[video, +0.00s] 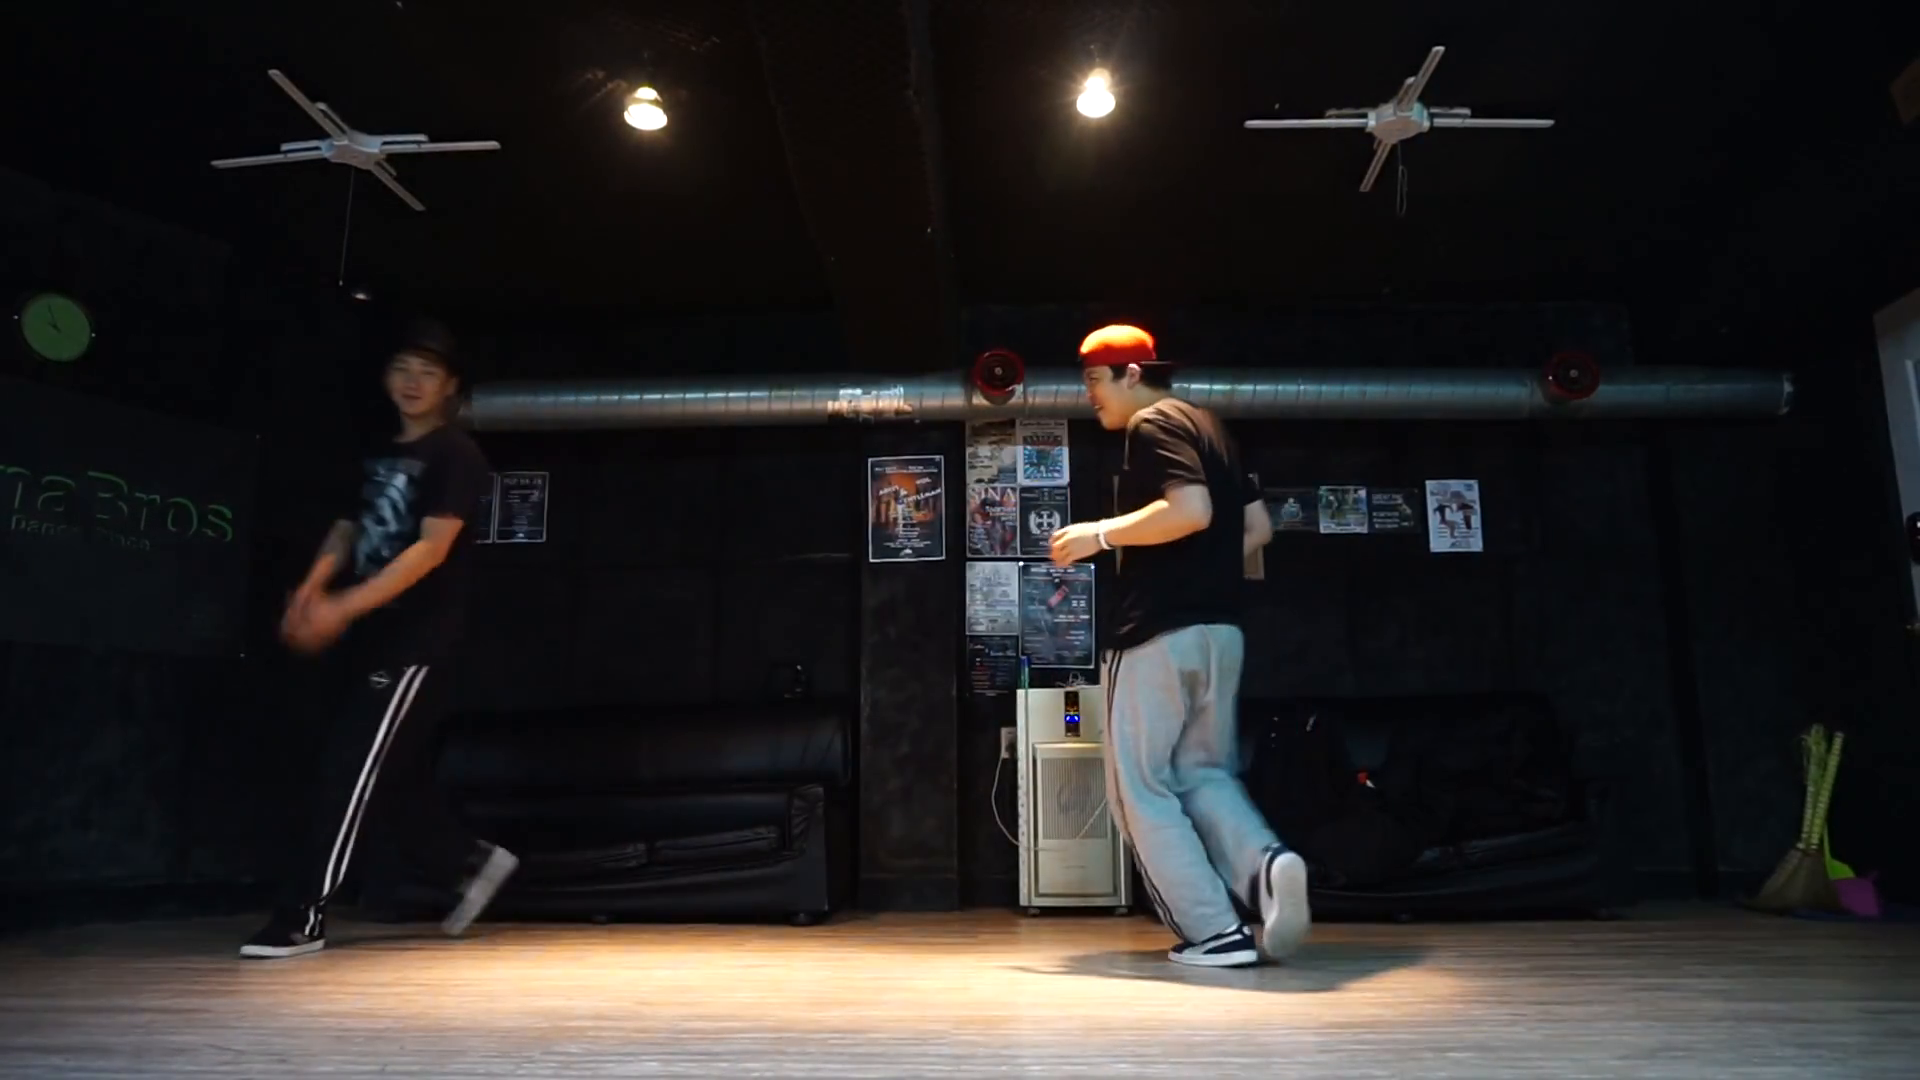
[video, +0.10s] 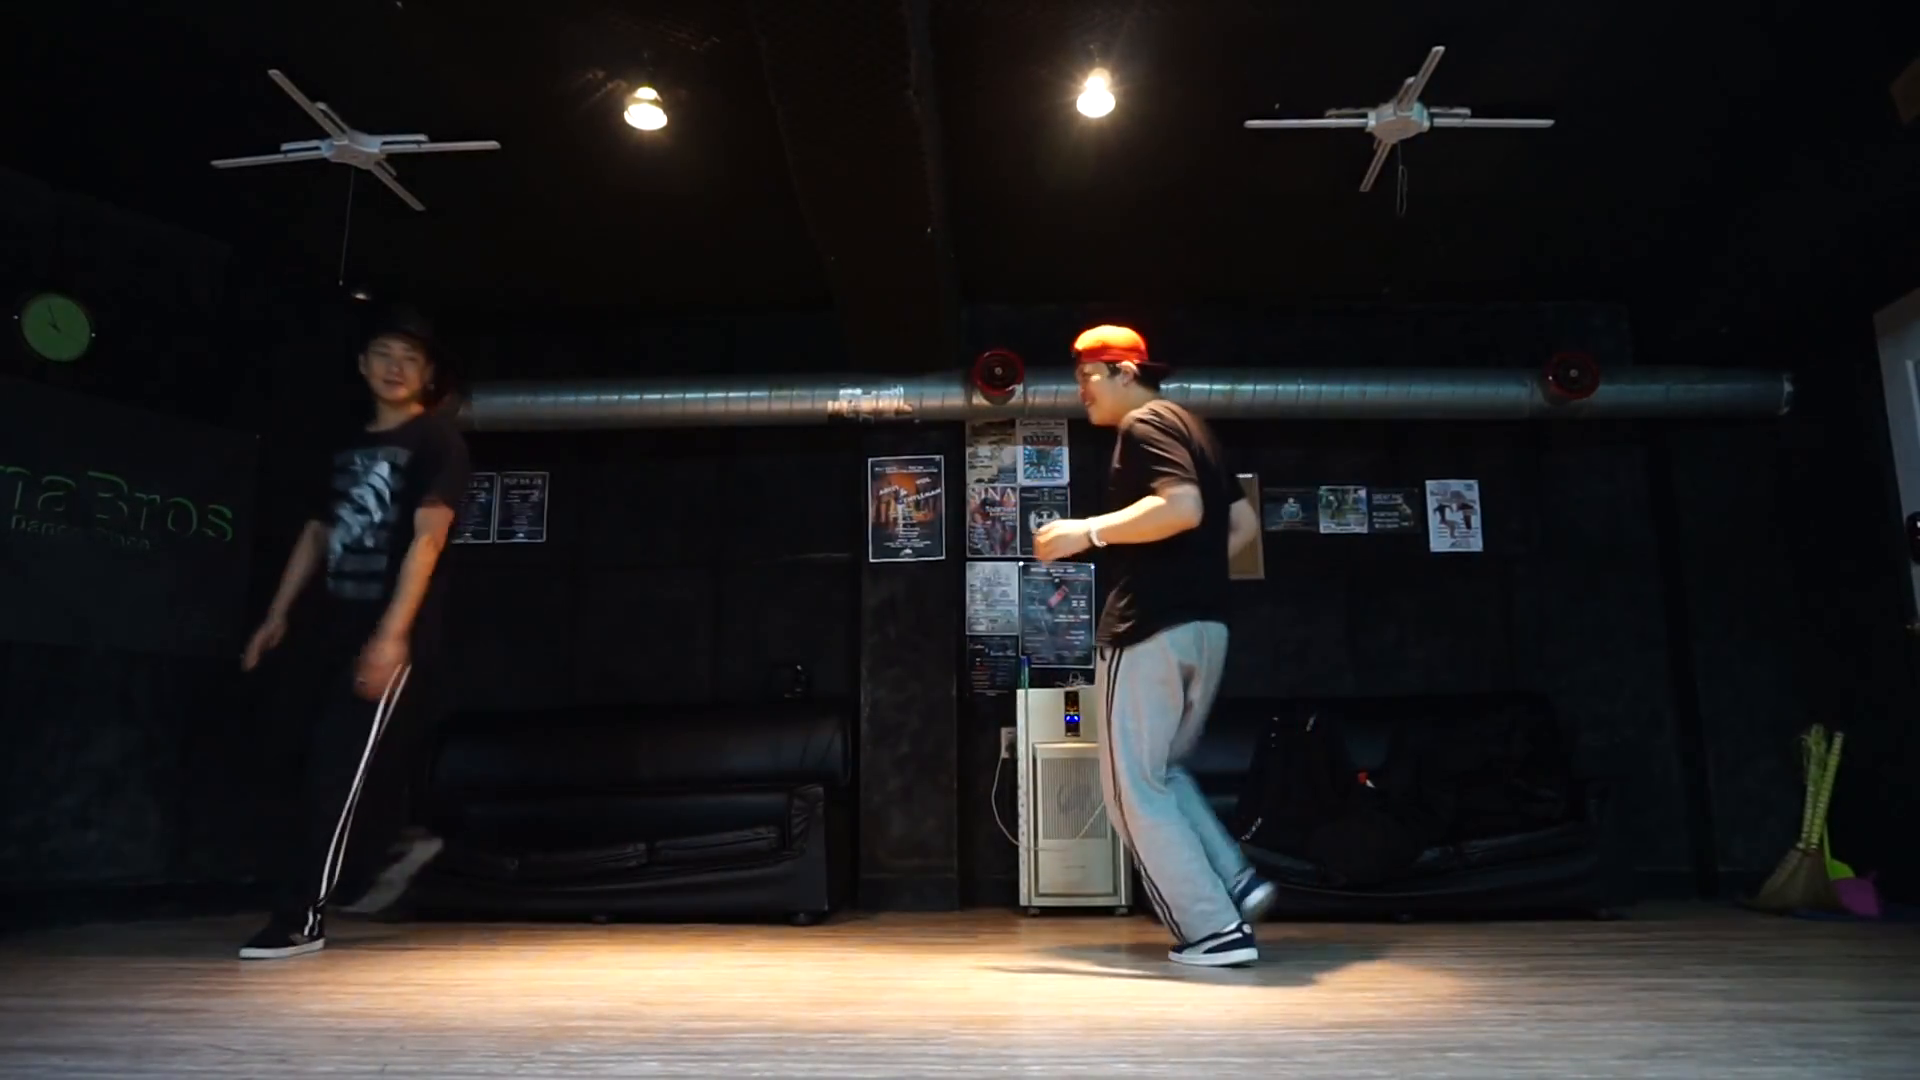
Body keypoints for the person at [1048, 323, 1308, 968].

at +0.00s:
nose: (1090, 395)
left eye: (1094, 381)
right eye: (1088, 382)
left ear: (1126, 374)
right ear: (1148, 374)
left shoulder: (1152, 423)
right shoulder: (1209, 424)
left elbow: (1187, 510)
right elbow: (1255, 526)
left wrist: (1099, 533)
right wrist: (1185, 549)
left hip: (1159, 635)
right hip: (1220, 630)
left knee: (1141, 788)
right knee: (1205, 770)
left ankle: (1216, 936)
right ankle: (1263, 869)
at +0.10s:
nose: (1081, 392)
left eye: (1087, 378)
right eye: (1080, 380)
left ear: (1119, 372)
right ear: (1131, 373)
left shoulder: (1146, 423)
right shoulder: (1191, 423)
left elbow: (1180, 506)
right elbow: (1243, 524)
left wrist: (1088, 530)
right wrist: (1174, 560)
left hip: (1153, 634)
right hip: (1203, 629)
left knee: (1134, 788)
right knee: (1163, 770)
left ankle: (1216, 935)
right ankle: (1237, 885)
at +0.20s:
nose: (1068, 380)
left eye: (1076, 368)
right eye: (1068, 369)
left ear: (1112, 367)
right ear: (1117, 372)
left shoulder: (1132, 413)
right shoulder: (1166, 417)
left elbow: (1165, 490)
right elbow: (1228, 510)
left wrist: (1068, 518)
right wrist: (1157, 552)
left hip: (1146, 620)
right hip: (1178, 616)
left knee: (1144, 781)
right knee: (1120, 776)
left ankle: (1219, 930)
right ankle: (1154, 913)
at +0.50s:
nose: (1026, 406)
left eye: (1037, 394)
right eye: (1023, 397)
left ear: (1071, 395)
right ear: (1035, 405)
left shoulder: (1084, 435)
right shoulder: (1101, 441)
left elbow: (1111, 494)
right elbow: (1166, 528)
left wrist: (1025, 534)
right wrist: (1099, 564)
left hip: (1105, 645)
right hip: (1091, 643)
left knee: (1085, 787)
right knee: (1061, 782)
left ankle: (1200, 892)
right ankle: (1090, 923)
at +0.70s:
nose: (1002, 415)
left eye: (1014, 404)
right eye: (997, 407)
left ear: (1047, 409)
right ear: (995, 418)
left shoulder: (1067, 454)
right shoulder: (1049, 466)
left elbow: (1109, 513)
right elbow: (1073, 549)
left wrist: (1048, 570)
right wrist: (1020, 562)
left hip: (1063, 646)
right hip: (1079, 647)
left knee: (994, 773)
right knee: (1035, 776)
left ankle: (1108, 878)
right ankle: (1086, 914)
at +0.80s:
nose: (992, 405)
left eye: (1004, 392)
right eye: (986, 396)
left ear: (1037, 399)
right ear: (984, 407)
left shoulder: (1058, 448)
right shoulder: (1033, 460)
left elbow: (1111, 508)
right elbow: (1038, 553)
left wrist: (1057, 570)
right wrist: (977, 548)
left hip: (1046, 643)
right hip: (1057, 643)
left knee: (978, 765)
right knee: (1044, 778)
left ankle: (1045, 904)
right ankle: (1093, 916)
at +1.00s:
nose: (970, 385)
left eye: (983, 376)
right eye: (964, 377)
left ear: (1012, 390)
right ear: (957, 393)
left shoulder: (1035, 444)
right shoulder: (973, 465)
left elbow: (1097, 509)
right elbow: (952, 552)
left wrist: (1049, 578)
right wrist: (883, 541)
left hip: (1019, 634)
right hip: (993, 636)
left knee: (966, 766)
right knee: (1025, 774)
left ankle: (950, 917)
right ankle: (1089, 912)